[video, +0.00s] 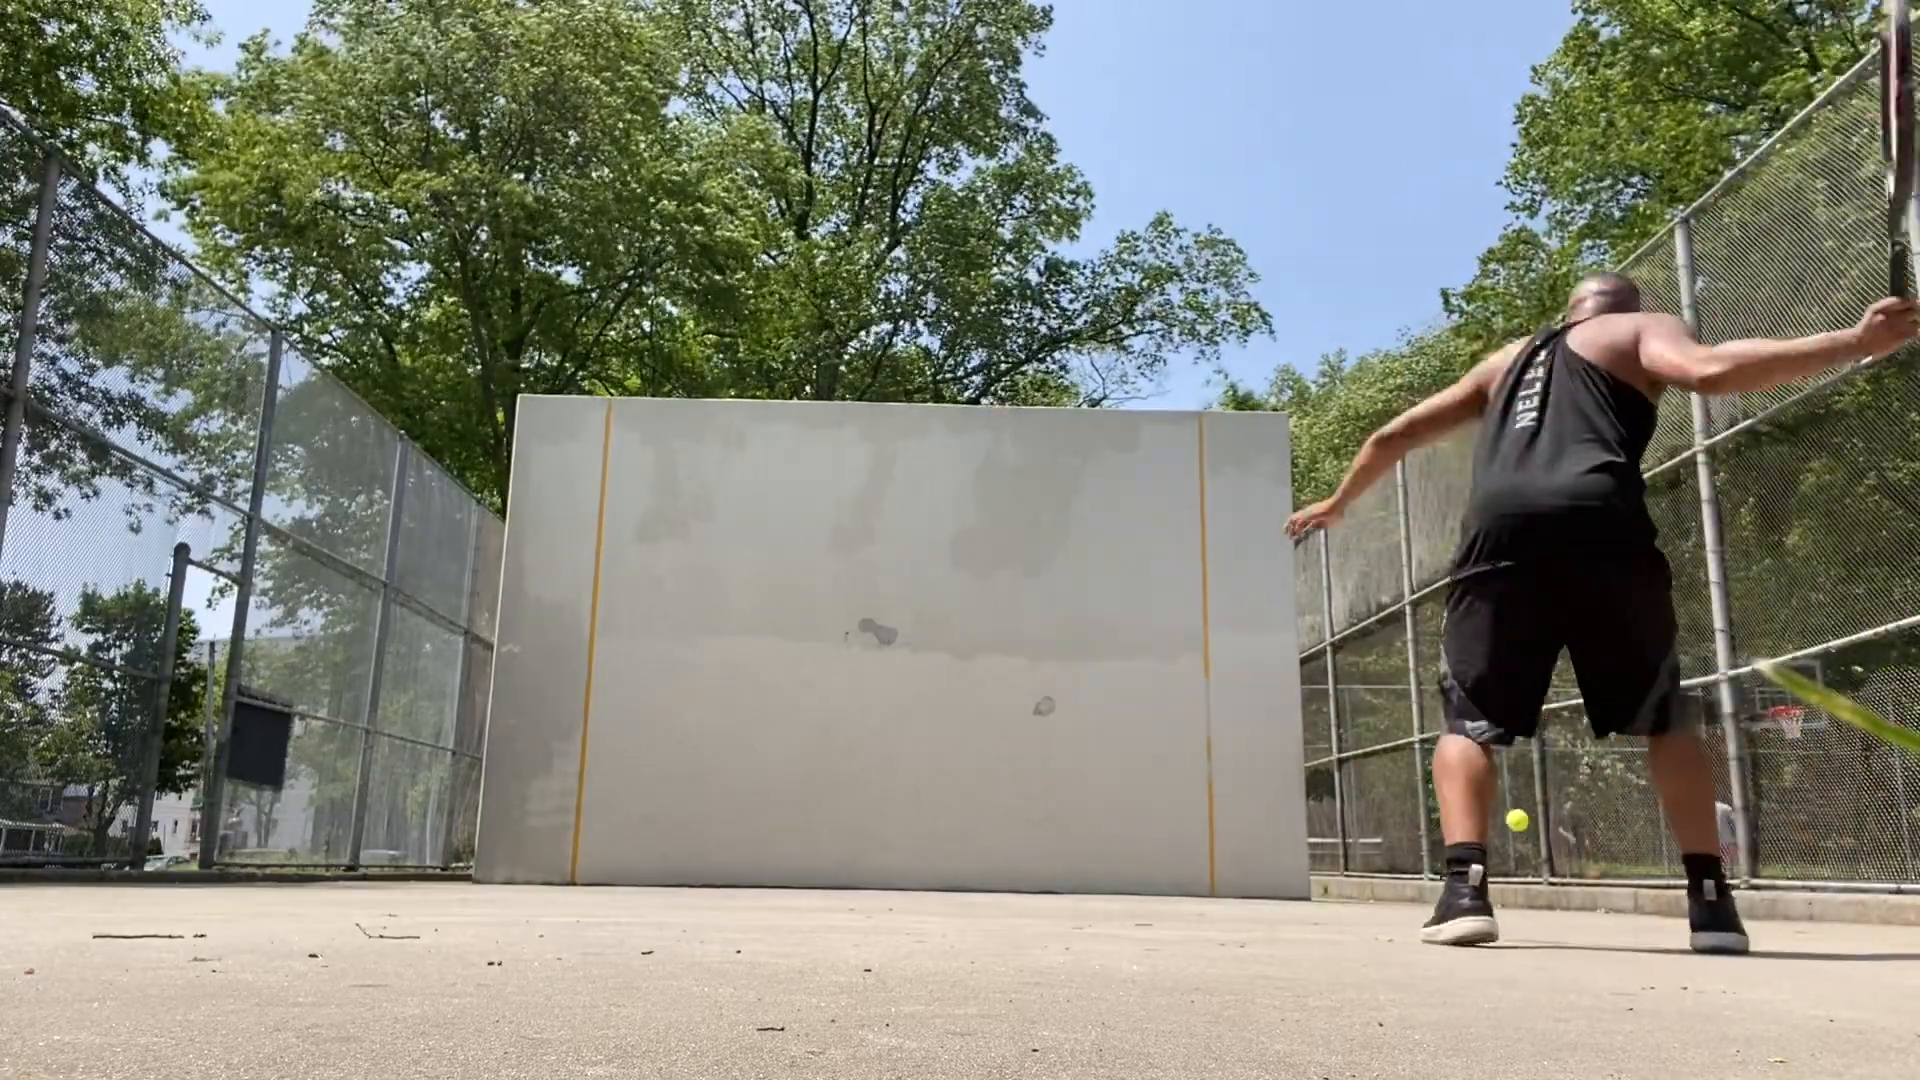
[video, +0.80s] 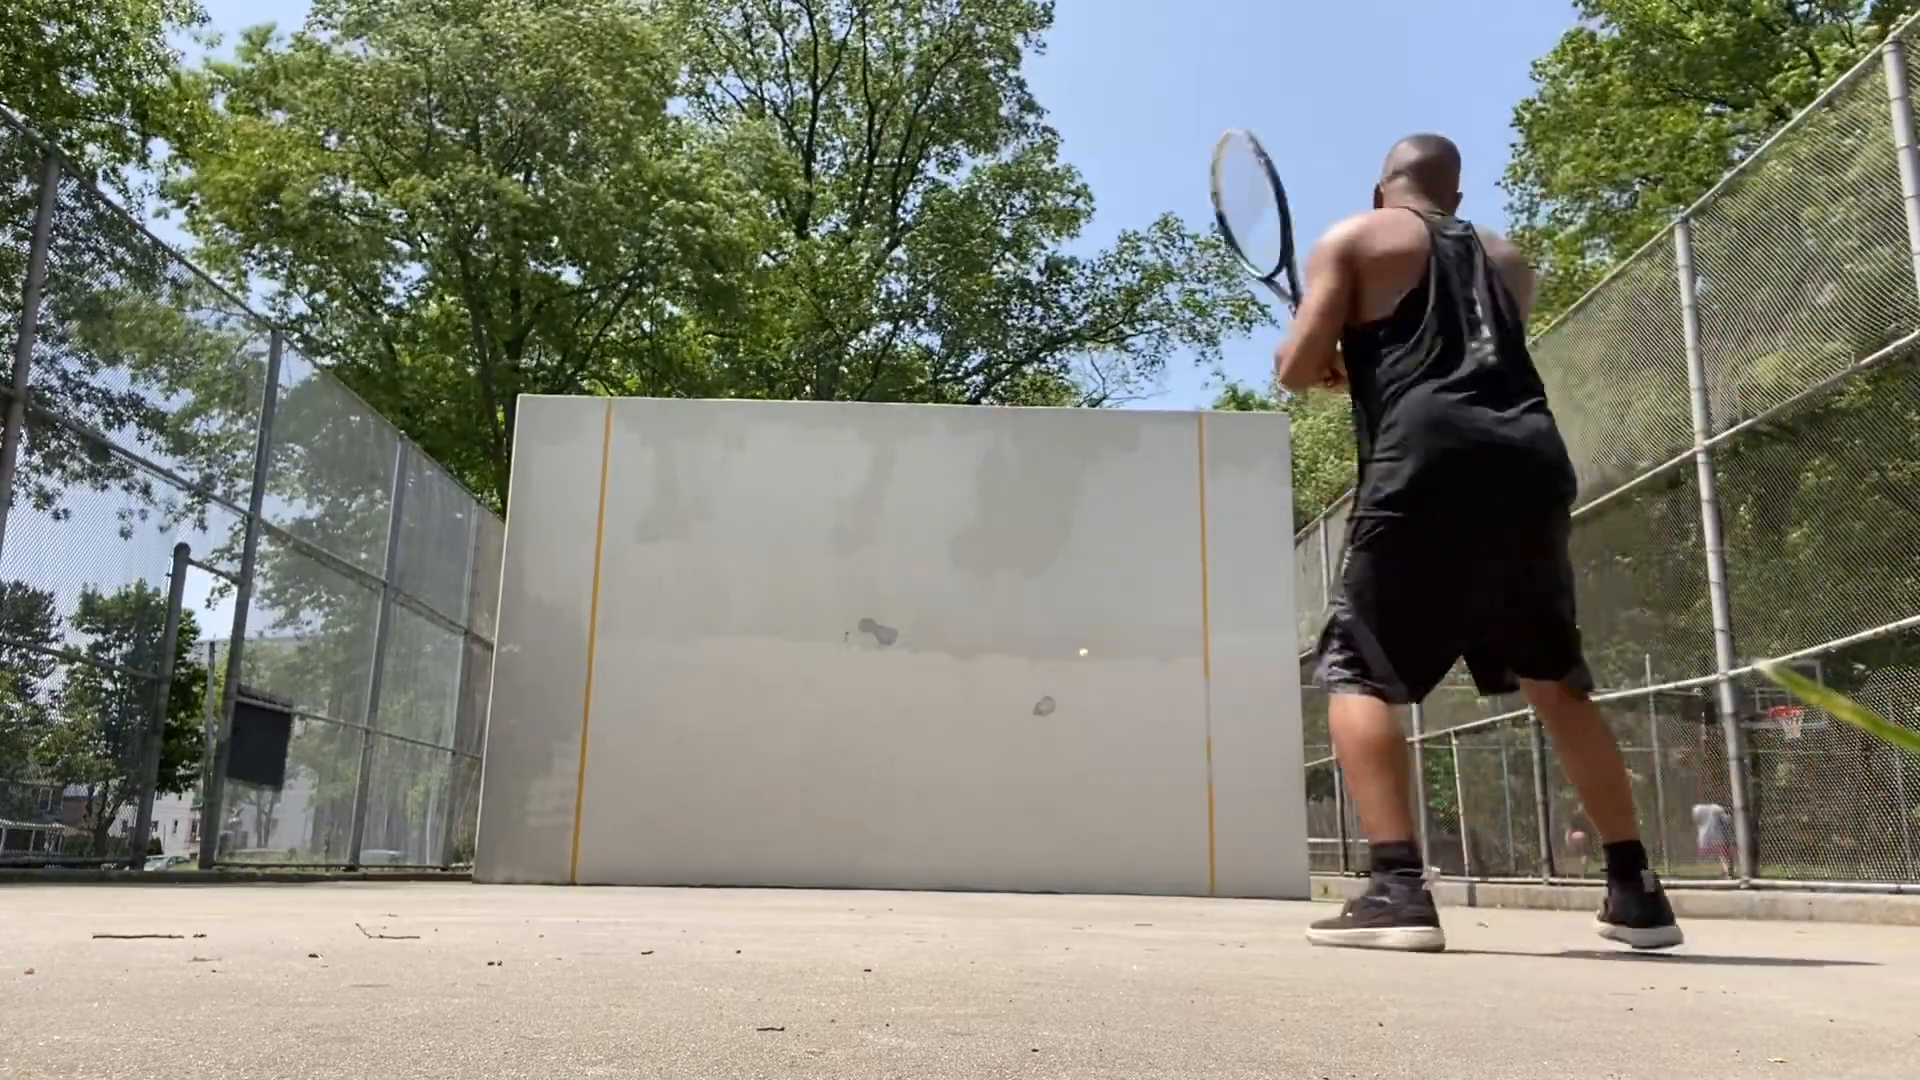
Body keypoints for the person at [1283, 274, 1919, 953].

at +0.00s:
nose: (1643, 310)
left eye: (1610, 295)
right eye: (1641, 304)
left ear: (1570, 310)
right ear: (1631, 306)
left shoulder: (1508, 358)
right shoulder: (1637, 323)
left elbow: (1390, 436)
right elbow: (1707, 370)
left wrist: (1334, 505)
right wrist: (1858, 340)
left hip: (1498, 540)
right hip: (1605, 531)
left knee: (1470, 720)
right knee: (1663, 714)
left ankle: (1463, 889)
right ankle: (1710, 904)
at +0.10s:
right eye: (1657, 345)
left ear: (1586, 333)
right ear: (1654, 339)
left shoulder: (1524, 365)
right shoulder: (1668, 370)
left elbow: (1415, 425)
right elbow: (1730, 456)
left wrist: (1341, 491)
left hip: (1509, 544)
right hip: (1620, 544)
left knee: (1462, 716)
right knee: (1677, 715)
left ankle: (1453, 885)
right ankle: (1711, 910)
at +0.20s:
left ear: (1590, 315)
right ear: (1658, 338)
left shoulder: (1535, 334)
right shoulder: (1685, 387)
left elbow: (1456, 414)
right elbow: (1694, 526)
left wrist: (1368, 473)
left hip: (1524, 538)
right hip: (1636, 554)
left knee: (1452, 702)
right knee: (1677, 717)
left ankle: (1434, 872)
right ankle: (1712, 907)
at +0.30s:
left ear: (1593, 278)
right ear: (1654, 297)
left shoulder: (1537, 292)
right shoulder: (1684, 344)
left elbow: (1467, 384)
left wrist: (1384, 449)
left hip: (1521, 512)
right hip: (1629, 529)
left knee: (1442, 681)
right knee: (1662, 706)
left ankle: (1420, 868)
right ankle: (1711, 906)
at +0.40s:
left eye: (1568, 234)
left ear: (1567, 241)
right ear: (1632, 265)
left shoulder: (1521, 268)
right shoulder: (1654, 316)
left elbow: (1459, 373)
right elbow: (1574, 332)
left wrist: (1375, 406)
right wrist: (1496, 285)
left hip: (1525, 488)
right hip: (1626, 511)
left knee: (1431, 660)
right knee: (1657, 702)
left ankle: (1402, 840)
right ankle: (1711, 903)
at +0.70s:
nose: (1420, 231)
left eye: (1421, 221)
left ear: (1420, 226)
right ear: (1494, 233)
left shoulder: (1407, 274)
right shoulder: (1518, 291)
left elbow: (1339, 396)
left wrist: (1322, 326)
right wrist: (1363, 322)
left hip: (1479, 494)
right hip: (1575, 497)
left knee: (1374, 677)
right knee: (1609, 705)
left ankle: (1397, 886)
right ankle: (1699, 894)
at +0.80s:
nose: (1387, 196)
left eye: (1384, 184)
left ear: (1382, 186)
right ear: (1458, 194)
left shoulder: (1352, 239)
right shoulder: (1505, 258)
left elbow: (1299, 367)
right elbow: (1483, 346)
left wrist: (1371, 367)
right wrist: (1351, 361)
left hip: (1423, 466)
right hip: (1533, 466)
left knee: (1357, 666)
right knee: (1555, 679)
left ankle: (1397, 885)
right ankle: (1636, 889)